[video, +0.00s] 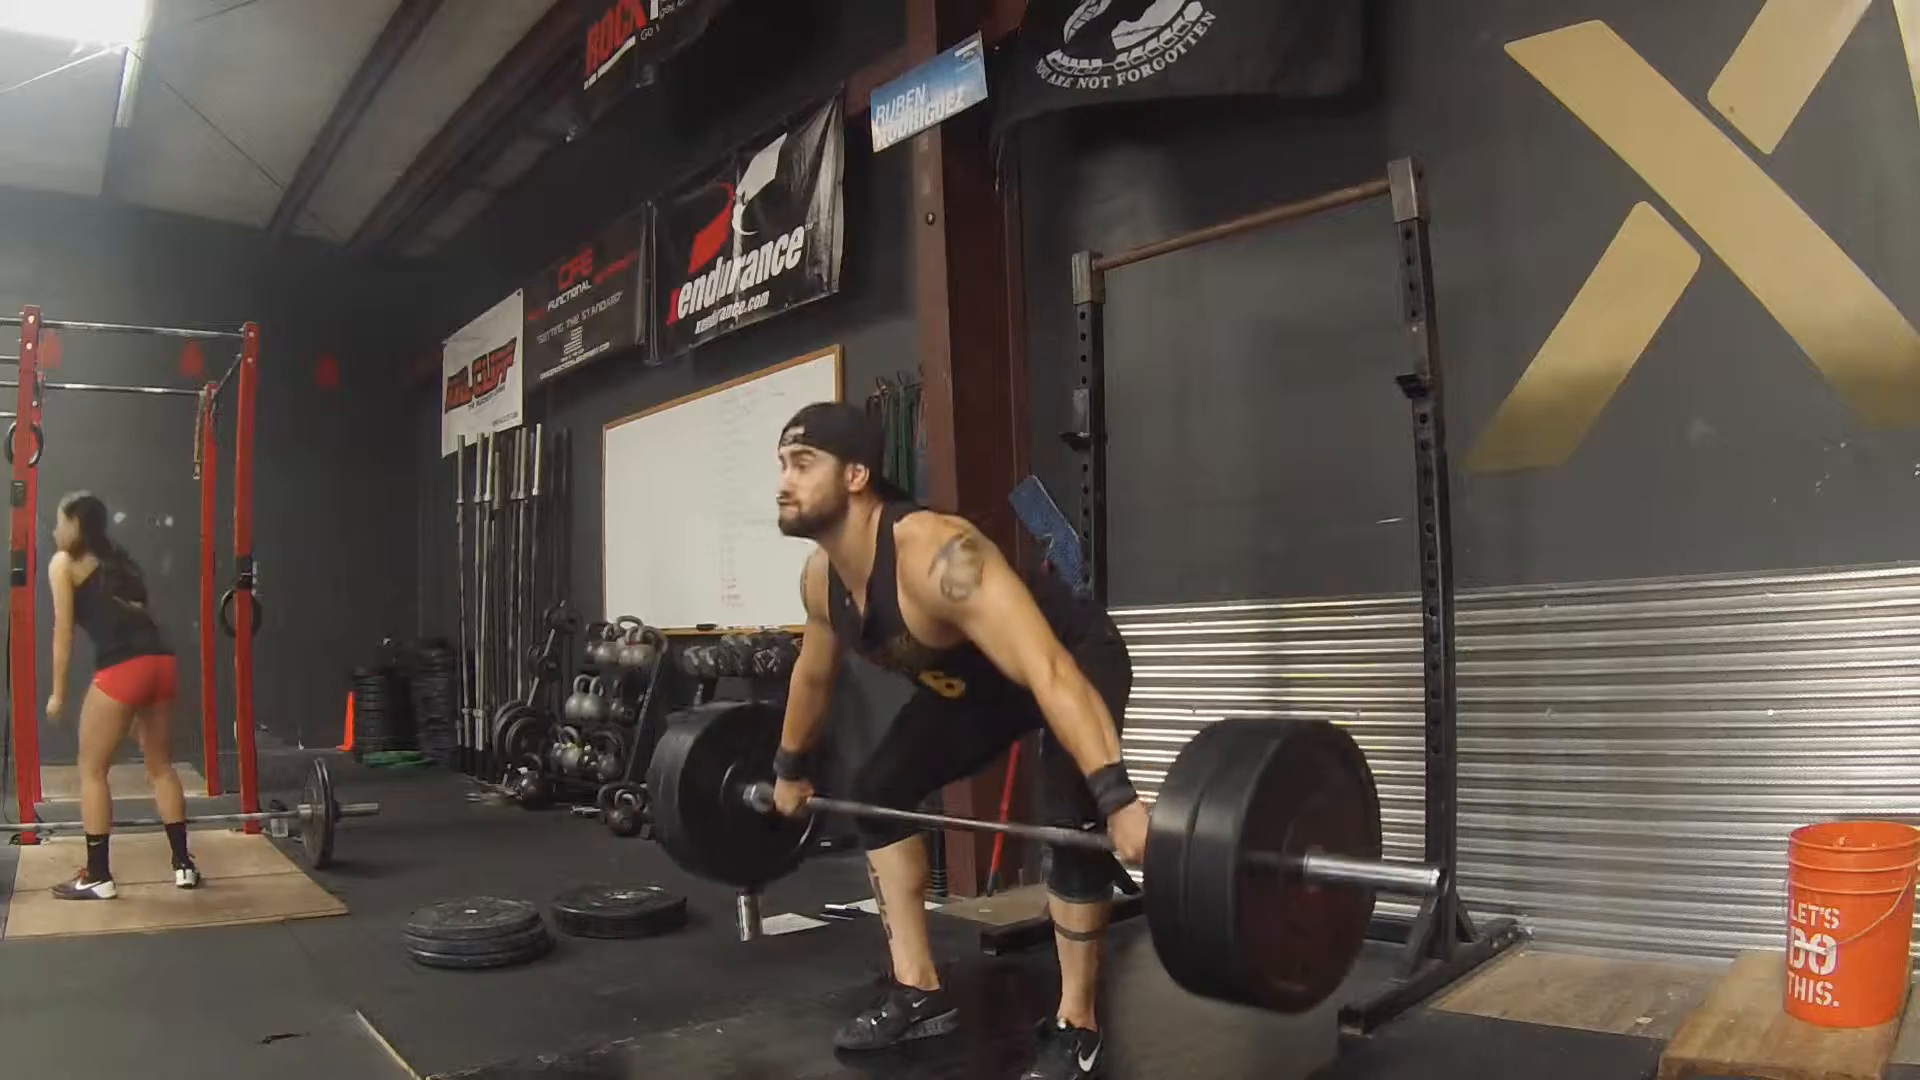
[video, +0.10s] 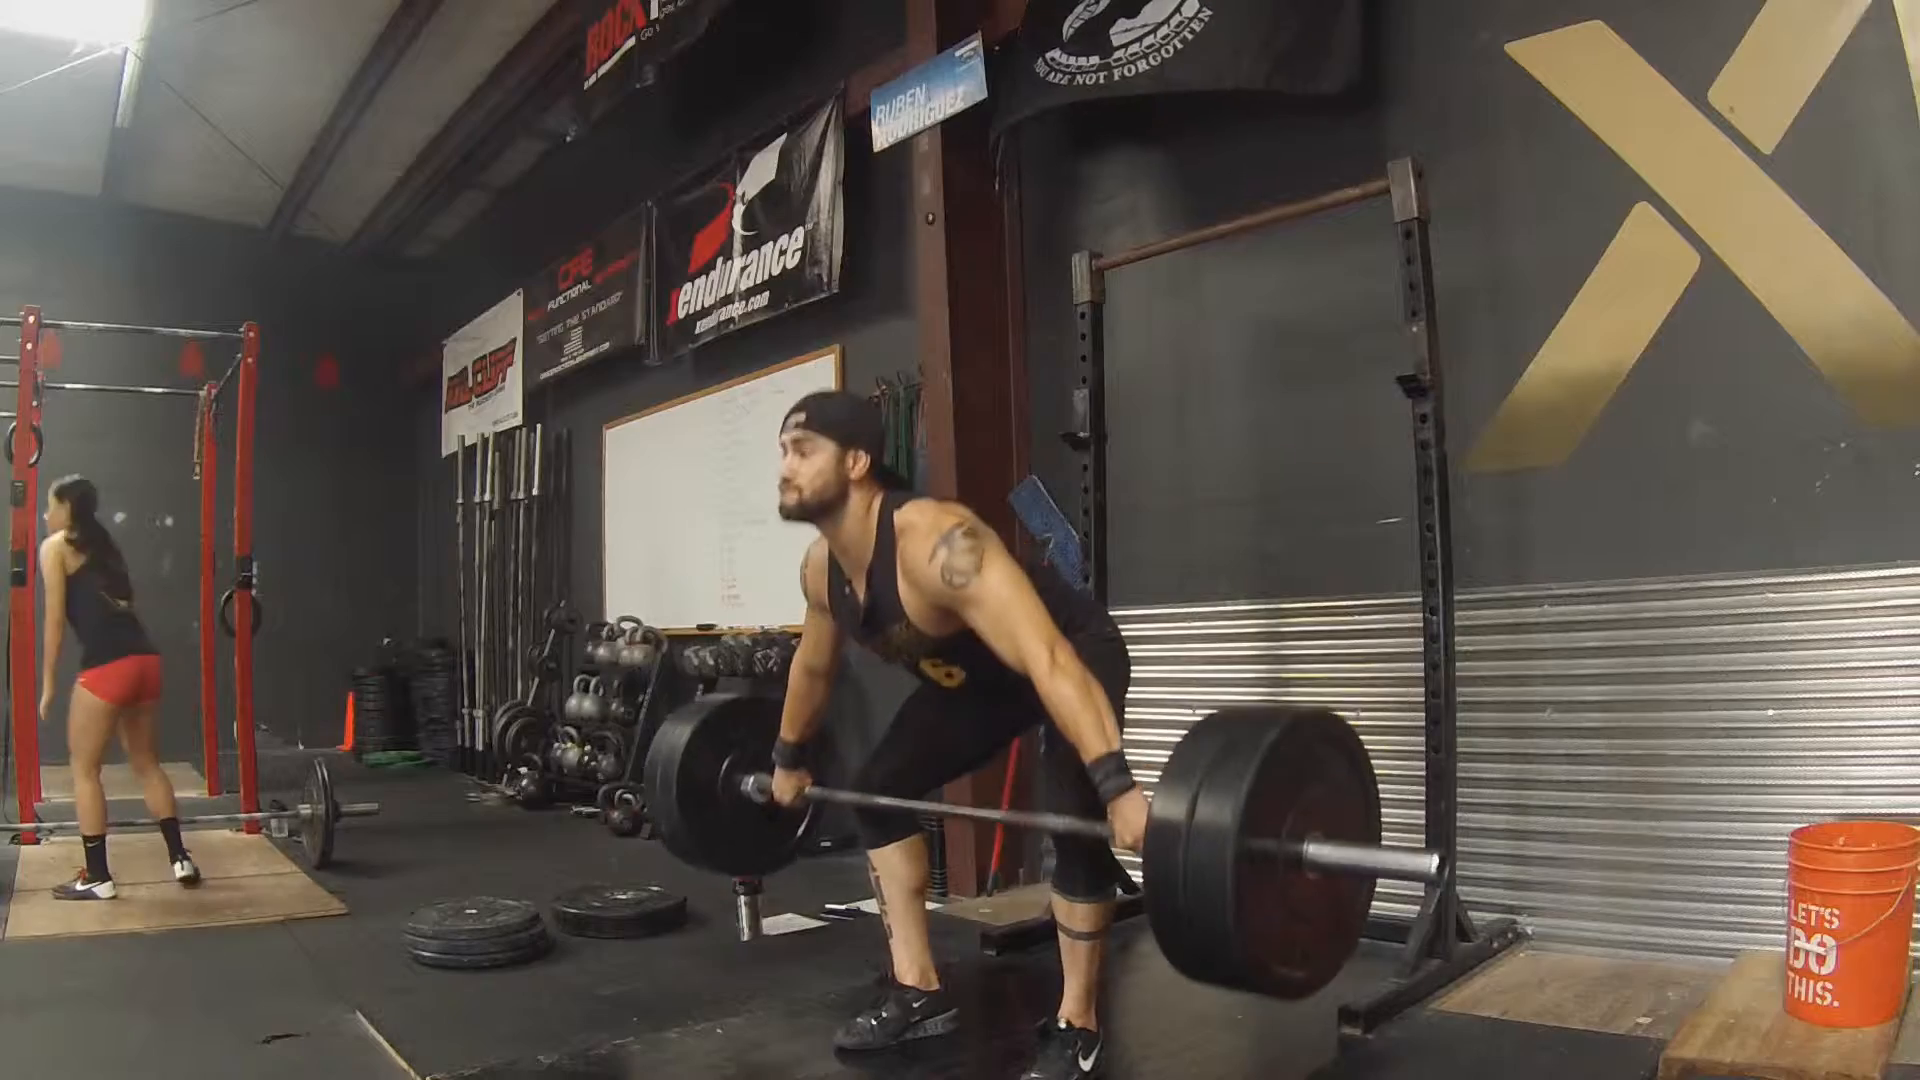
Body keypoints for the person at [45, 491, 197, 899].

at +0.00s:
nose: (56, 530)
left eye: (61, 522)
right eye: (58, 521)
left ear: (79, 526)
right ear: (95, 527)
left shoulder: (63, 563)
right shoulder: (117, 558)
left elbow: (63, 631)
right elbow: (137, 621)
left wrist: (58, 691)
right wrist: (138, 703)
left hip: (121, 669)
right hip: (161, 663)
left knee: (93, 770)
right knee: (161, 768)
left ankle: (98, 875)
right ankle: (184, 864)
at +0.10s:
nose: (46, 512)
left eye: (51, 505)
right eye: (49, 504)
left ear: (67, 508)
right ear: (83, 508)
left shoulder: (54, 546)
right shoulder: (104, 541)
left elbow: (56, 618)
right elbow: (120, 605)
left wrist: (49, 682)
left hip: (105, 665)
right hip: (145, 659)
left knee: (85, 771)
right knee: (147, 765)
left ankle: (97, 875)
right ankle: (180, 858)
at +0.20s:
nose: (36, 501)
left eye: (40, 494)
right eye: (38, 493)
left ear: (57, 498)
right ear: (71, 498)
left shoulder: (45, 535)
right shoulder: (87, 532)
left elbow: (46, 607)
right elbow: (99, 597)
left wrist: (36, 667)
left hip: (89, 665)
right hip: (125, 659)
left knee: (79, 773)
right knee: (124, 759)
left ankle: (97, 876)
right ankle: (172, 847)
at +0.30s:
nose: (24, 495)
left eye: (29, 488)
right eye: (26, 487)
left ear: (46, 493)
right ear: (59, 494)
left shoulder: (39, 529)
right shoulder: (75, 526)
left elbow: (41, 600)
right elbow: (86, 592)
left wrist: (22, 658)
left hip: (78, 668)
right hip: (107, 661)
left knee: (74, 773)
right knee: (101, 766)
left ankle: (97, 876)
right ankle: (160, 836)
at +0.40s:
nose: (13, 493)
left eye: (18, 485)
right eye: (15, 485)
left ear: (37, 490)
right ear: (45, 489)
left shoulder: (36, 526)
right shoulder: (59, 523)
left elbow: (40, 596)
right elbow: (55, 595)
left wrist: (12, 645)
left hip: (69, 663)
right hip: (79, 658)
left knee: (68, 771)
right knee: (57, 765)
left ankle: (97, 877)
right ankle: (128, 830)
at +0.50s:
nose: (2, 492)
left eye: (6, 484)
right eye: (3, 484)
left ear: (25, 487)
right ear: (32, 486)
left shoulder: (32, 525)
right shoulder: (44, 524)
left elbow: (39, 595)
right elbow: (45, 595)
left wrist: (6, 637)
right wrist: (15, 635)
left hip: (61, 668)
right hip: (53, 666)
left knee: (65, 772)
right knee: (19, 759)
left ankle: (96, 873)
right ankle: (81, 839)